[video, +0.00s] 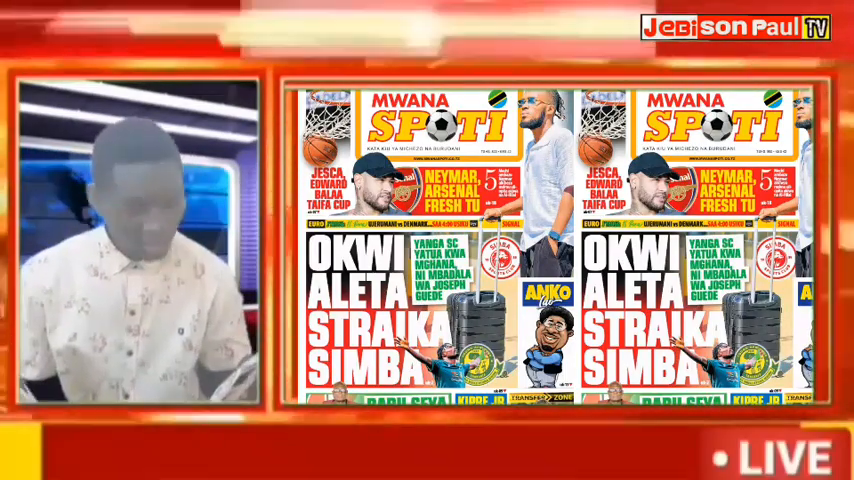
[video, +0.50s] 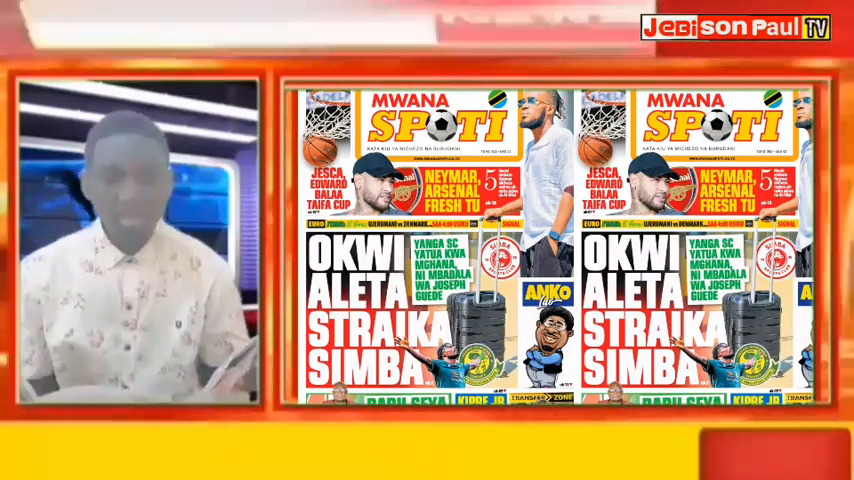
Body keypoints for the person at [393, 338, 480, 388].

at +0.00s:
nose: (453, 348)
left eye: (453, 347)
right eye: (449, 347)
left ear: (455, 351)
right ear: (443, 354)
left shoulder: (462, 367)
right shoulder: (438, 365)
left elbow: (474, 365)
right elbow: (423, 359)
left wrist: (478, 360)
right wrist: (408, 348)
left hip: (461, 402)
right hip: (444, 403)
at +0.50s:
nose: (453, 348)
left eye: (453, 347)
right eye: (449, 347)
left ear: (455, 351)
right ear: (443, 354)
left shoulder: (462, 367)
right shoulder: (438, 365)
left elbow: (474, 365)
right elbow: (423, 359)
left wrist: (477, 360)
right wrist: (408, 348)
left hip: (461, 403)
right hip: (444, 403)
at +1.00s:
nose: (453, 348)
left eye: (453, 347)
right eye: (449, 347)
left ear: (455, 351)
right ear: (443, 354)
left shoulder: (462, 367)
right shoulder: (438, 365)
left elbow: (474, 365)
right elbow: (423, 359)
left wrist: (478, 360)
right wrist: (408, 348)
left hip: (461, 403)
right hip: (444, 403)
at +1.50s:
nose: (453, 348)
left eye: (453, 347)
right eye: (449, 347)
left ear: (455, 351)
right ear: (443, 354)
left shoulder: (462, 367)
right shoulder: (438, 365)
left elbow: (474, 365)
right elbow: (423, 359)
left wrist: (478, 360)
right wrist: (408, 348)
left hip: (461, 403)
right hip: (444, 403)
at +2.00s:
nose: (453, 348)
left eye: (453, 347)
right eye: (449, 348)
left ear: (456, 352)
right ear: (443, 354)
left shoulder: (462, 367)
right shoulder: (439, 365)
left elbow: (474, 365)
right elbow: (423, 359)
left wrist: (478, 360)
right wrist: (408, 348)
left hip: (461, 402)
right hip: (445, 403)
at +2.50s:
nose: (453, 348)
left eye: (453, 347)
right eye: (449, 348)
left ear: (456, 352)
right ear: (443, 354)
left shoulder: (462, 367)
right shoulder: (439, 365)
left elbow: (474, 365)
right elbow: (423, 359)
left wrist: (478, 360)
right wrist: (408, 348)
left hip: (461, 403)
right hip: (445, 403)